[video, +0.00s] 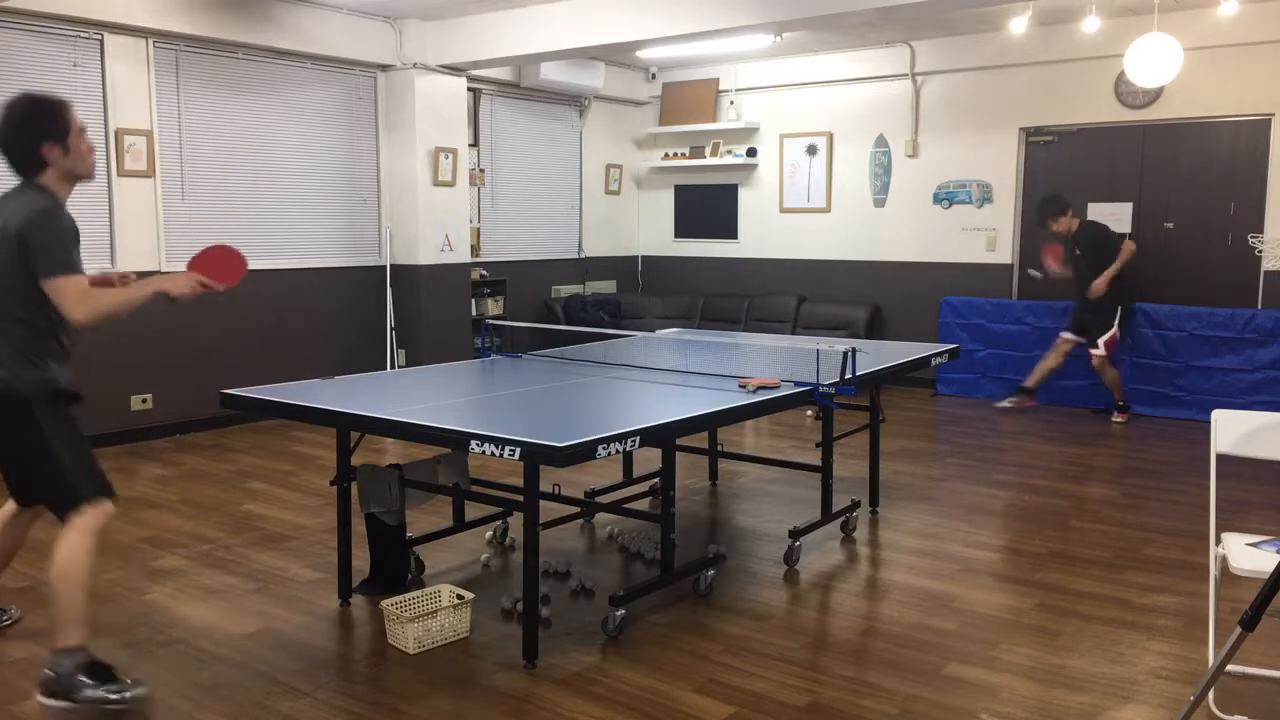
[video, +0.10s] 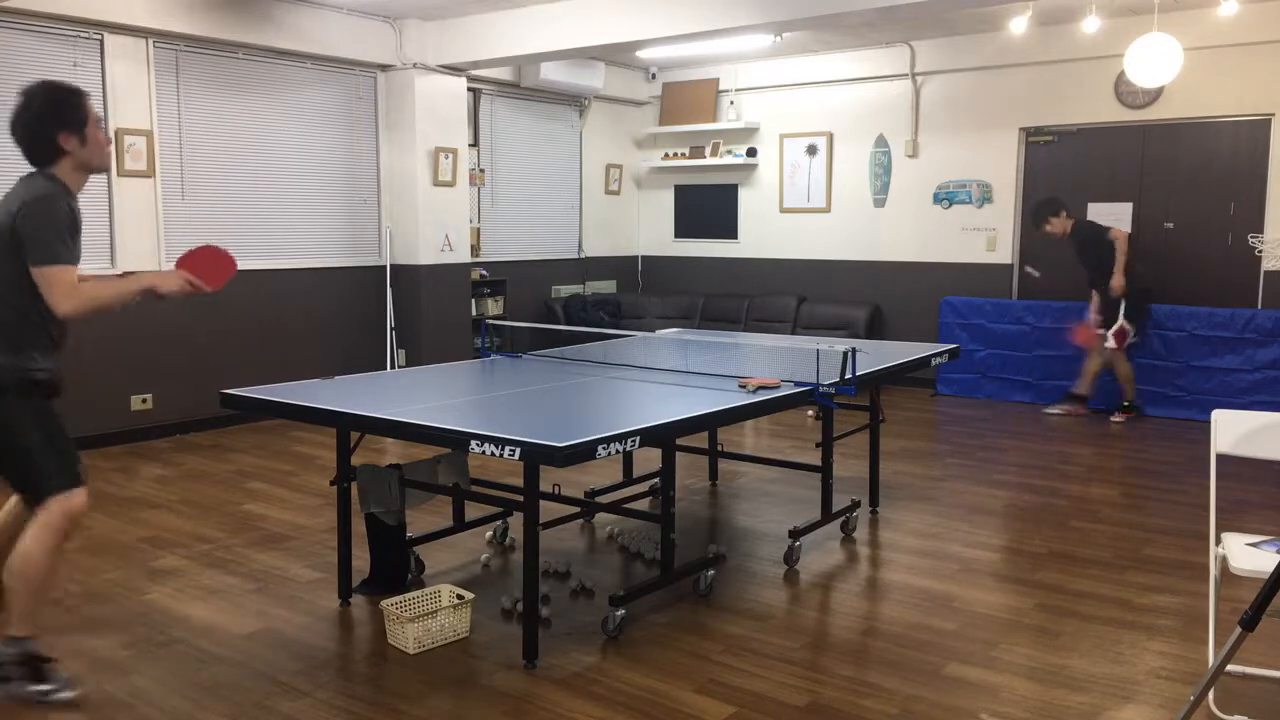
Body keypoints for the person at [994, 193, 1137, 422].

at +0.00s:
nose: (1055, 230)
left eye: (1055, 224)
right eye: (1051, 227)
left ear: (1065, 215)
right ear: (1053, 224)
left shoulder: (1093, 230)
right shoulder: (1071, 240)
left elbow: (1129, 247)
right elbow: (1082, 269)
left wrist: (1106, 277)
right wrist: (1059, 271)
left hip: (1111, 303)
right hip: (1088, 302)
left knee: (1099, 360)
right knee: (1061, 346)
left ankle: (1122, 405)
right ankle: (1025, 392)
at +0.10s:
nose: (1049, 231)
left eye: (1049, 225)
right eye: (1045, 228)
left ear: (1062, 215)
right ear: (1059, 218)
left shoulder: (1084, 228)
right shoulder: (1076, 237)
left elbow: (1120, 236)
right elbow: (1096, 278)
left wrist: (1118, 274)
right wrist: (1094, 312)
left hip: (1123, 292)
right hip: (1106, 296)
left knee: (1114, 348)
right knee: (1098, 346)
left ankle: (1130, 404)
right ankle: (1079, 398)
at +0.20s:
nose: (1046, 224)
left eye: (1049, 218)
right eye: (1043, 221)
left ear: (1065, 214)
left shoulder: (1080, 230)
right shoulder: (1077, 240)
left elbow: (1116, 230)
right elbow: (1109, 275)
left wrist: (1131, 261)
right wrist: (1102, 313)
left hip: (1140, 284)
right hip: (1129, 287)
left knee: (1136, 345)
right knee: (1131, 344)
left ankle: (1148, 408)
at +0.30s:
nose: (1053, 221)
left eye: (1057, 214)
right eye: (1051, 217)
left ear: (1074, 213)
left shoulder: (1084, 230)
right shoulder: (1082, 238)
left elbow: (1113, 236)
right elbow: (1117, 270)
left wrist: (1138, 262)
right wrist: (1103, 301)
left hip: (1139, 289)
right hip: (1134, 290)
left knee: (1138, 347)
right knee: (1139, 347)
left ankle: (1147, 409)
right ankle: (1140, 403)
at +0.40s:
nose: (1064, 210)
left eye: (1068, 204)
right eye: (1062, 206)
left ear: (1085, 205)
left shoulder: (1090, 225)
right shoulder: (1094, 228)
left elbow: (1115, 238)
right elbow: (1117, 270)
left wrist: (1130, 270)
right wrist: (1101, 297)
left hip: (1136, 291)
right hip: (1133, 292)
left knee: (1137, 348)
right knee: (1135, 348)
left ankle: (1147, 410)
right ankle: (1139, 404)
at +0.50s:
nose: (1073, 200)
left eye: (1078, 193)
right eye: (1072, 194)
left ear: (1094, 194)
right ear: (1083, 196)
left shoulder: (1099, 216)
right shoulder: (1094, 221)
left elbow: (1119, 235)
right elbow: (1112, 257)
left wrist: (1118, 271)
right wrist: (1097, 283)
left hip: (1134, 290)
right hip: (1124, 290)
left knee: (1135, 347)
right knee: (1127, 346)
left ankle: (1147, 410)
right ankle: (1137, 403)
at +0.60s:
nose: (1082, 190)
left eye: (1087, 184)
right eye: (1081, 185)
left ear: (1103, 188)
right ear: (1092, 189)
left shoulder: (1108, 212)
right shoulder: (1100, 214)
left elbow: (1132, 233)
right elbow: (1113, 254)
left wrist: (1108, 267)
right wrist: (1089, 272)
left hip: (1130, 290)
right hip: (1120, 290)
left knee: (1130, 347)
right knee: (1107, 344)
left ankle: (1148, 411)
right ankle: (1133, 402)